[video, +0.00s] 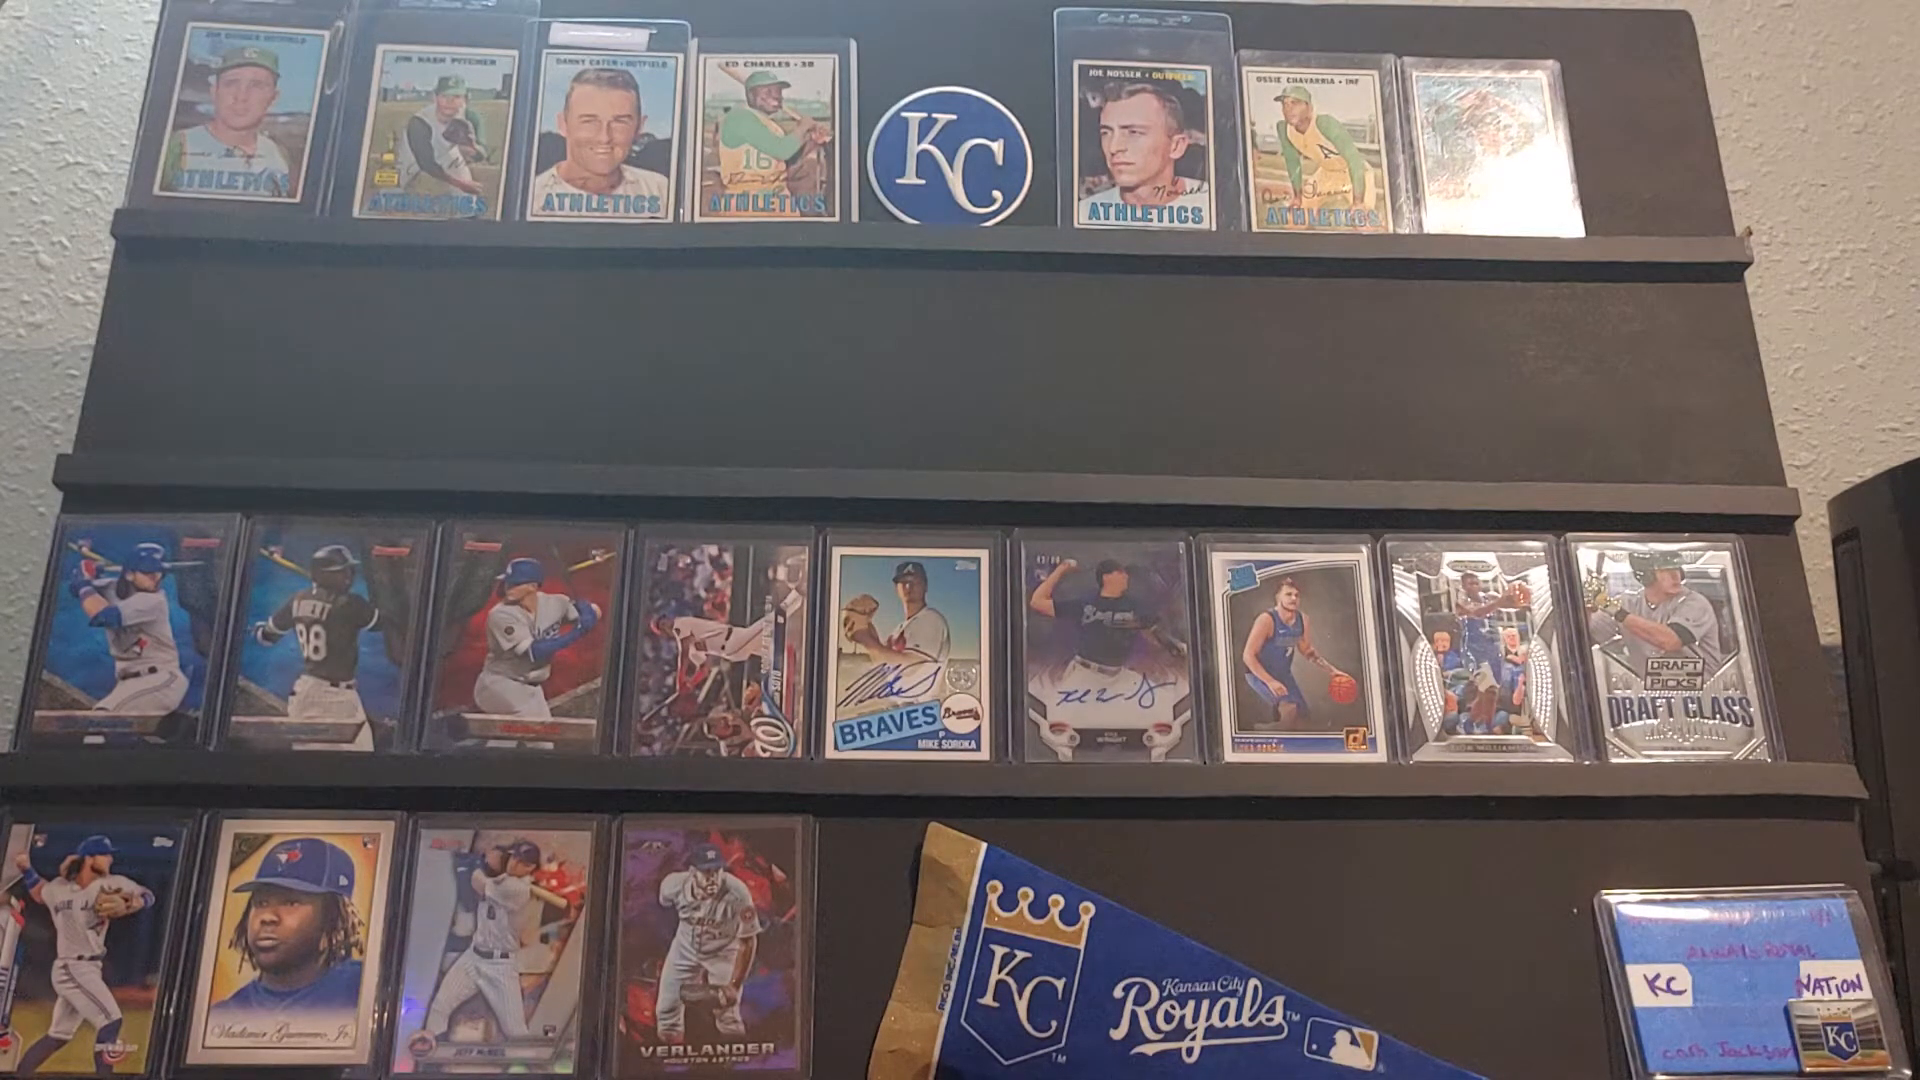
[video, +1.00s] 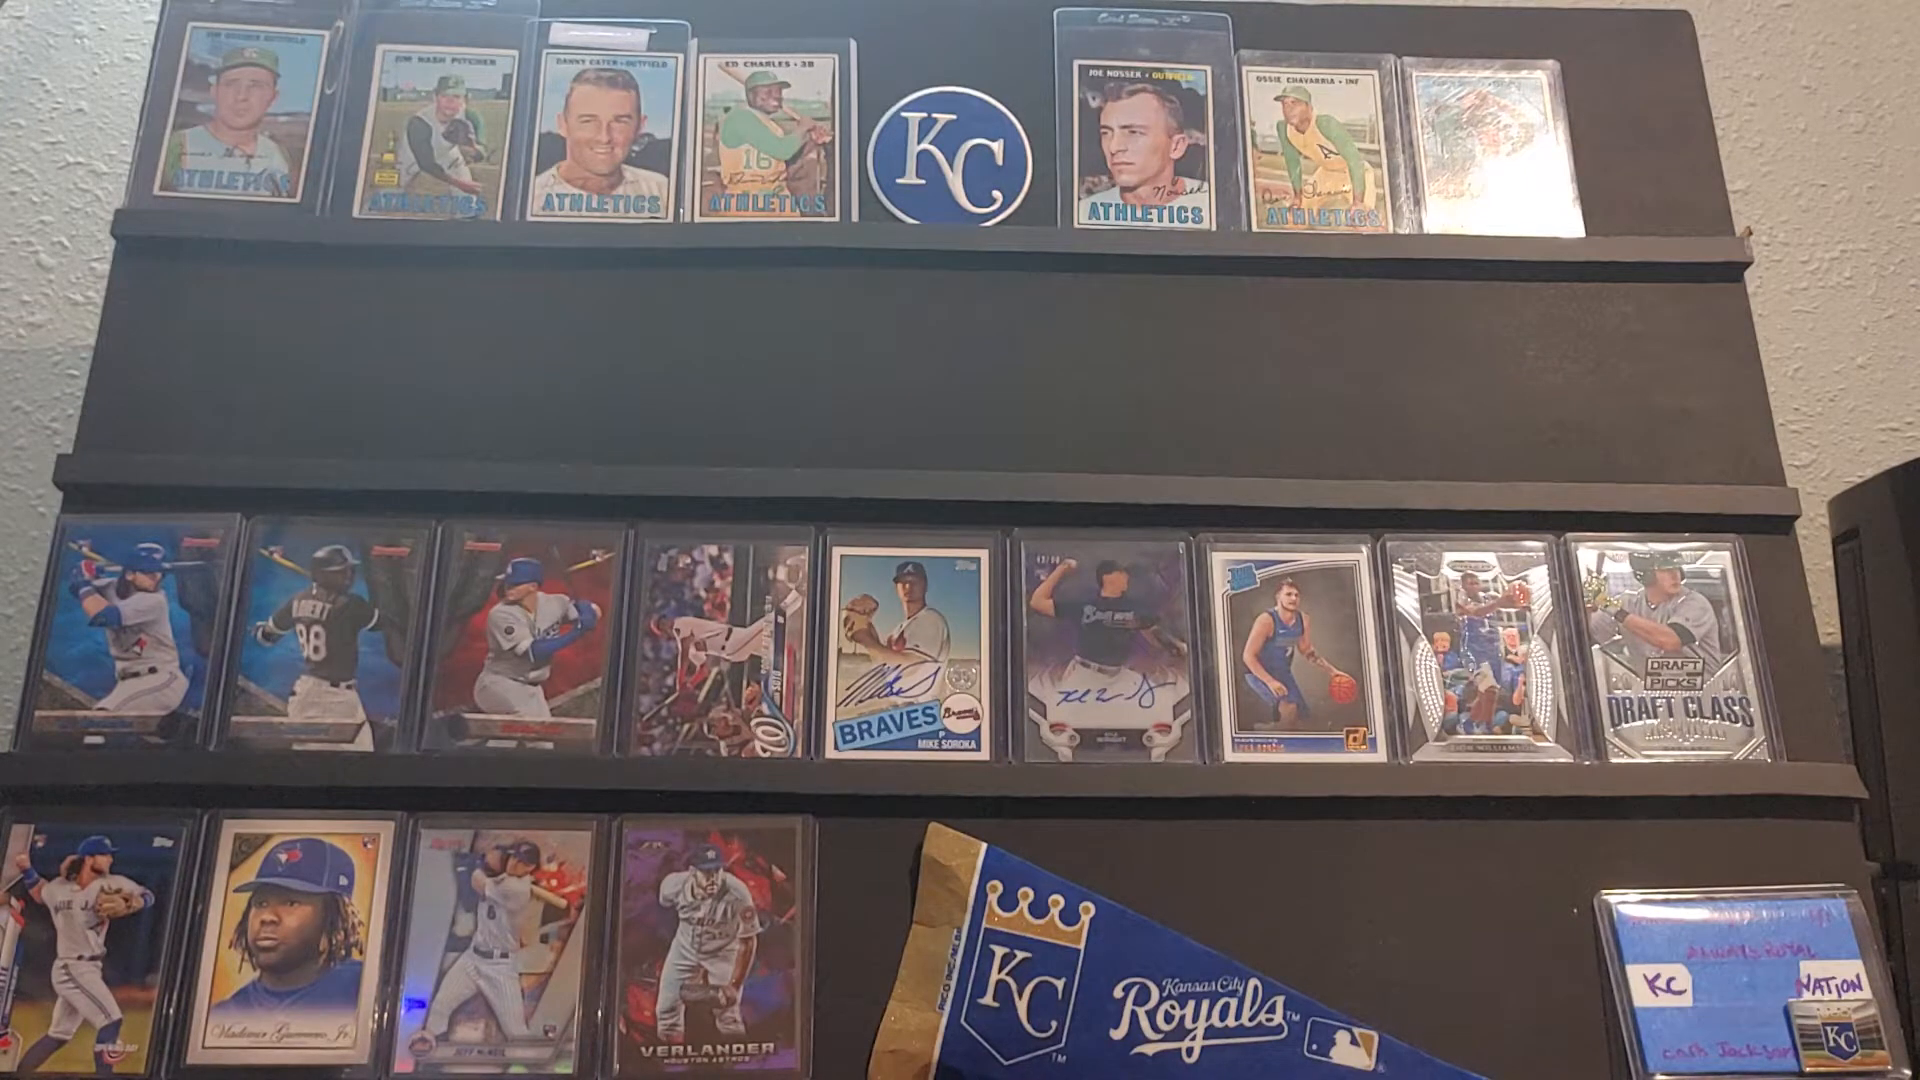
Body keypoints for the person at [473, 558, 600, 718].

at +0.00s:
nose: (507, 588)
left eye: (514, 584)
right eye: (507, 583)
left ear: (532, 586)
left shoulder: (554, 603)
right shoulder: (500, 614)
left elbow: (578, 606)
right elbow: (533, 652)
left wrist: (587, 614)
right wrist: (577, 632)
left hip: (531, 687)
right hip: (497, 684)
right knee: (529, 714)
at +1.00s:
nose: (508, 588)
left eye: (514, 584)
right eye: (507, 584)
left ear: (533, 586)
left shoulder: (555, 603)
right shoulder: (500, 614)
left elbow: (580, 607)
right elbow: (532, 652)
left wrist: (587, 614)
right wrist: (576, 633)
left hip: (531, 688)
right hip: (497, 684)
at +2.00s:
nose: (508, 588)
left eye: (514, 584)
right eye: (507, 583)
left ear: (532, 586)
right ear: (504, 584)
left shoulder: (555, 603)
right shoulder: (500, 614)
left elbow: (579, 607)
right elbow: (532, 651)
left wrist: (587, 614)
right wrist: (576, 633)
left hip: (531, 688)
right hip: (497, 684)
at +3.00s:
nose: (508, 588)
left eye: (514, 584)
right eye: (507, 583)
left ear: (533, 586)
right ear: (504, 584)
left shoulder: (554, 603)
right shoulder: (500, 614)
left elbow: (579, 608)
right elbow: (532, 652)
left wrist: (587, 614)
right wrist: (575, 634)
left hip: (531, 687)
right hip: (496, 684)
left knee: (546, 734)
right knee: (532, 715)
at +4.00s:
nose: (507, 588)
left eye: (514, 584)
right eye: (507, 584)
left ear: (532, 587)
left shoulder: (556, 603)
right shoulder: (500, 614)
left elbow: (580, 607)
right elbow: (531, 651)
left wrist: (587, 614)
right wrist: (575, 634)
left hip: (531, 687)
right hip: (497, 683)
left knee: (545, 732)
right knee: (530, 716)